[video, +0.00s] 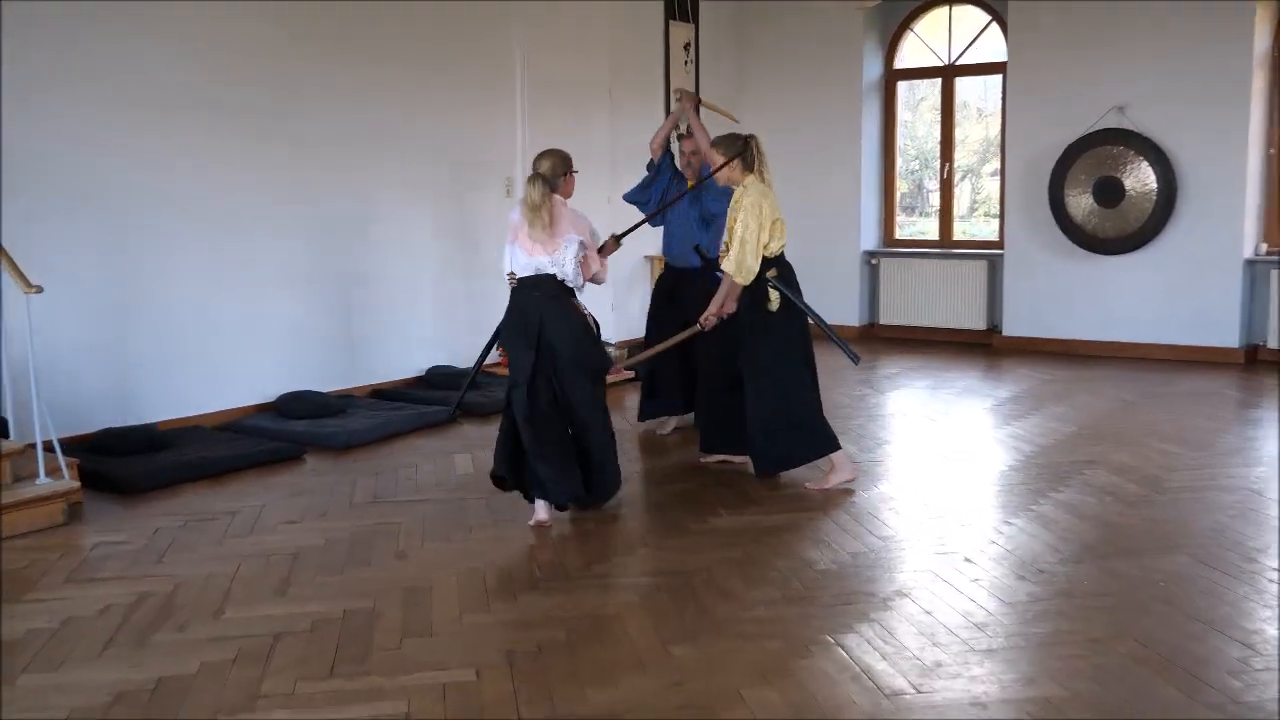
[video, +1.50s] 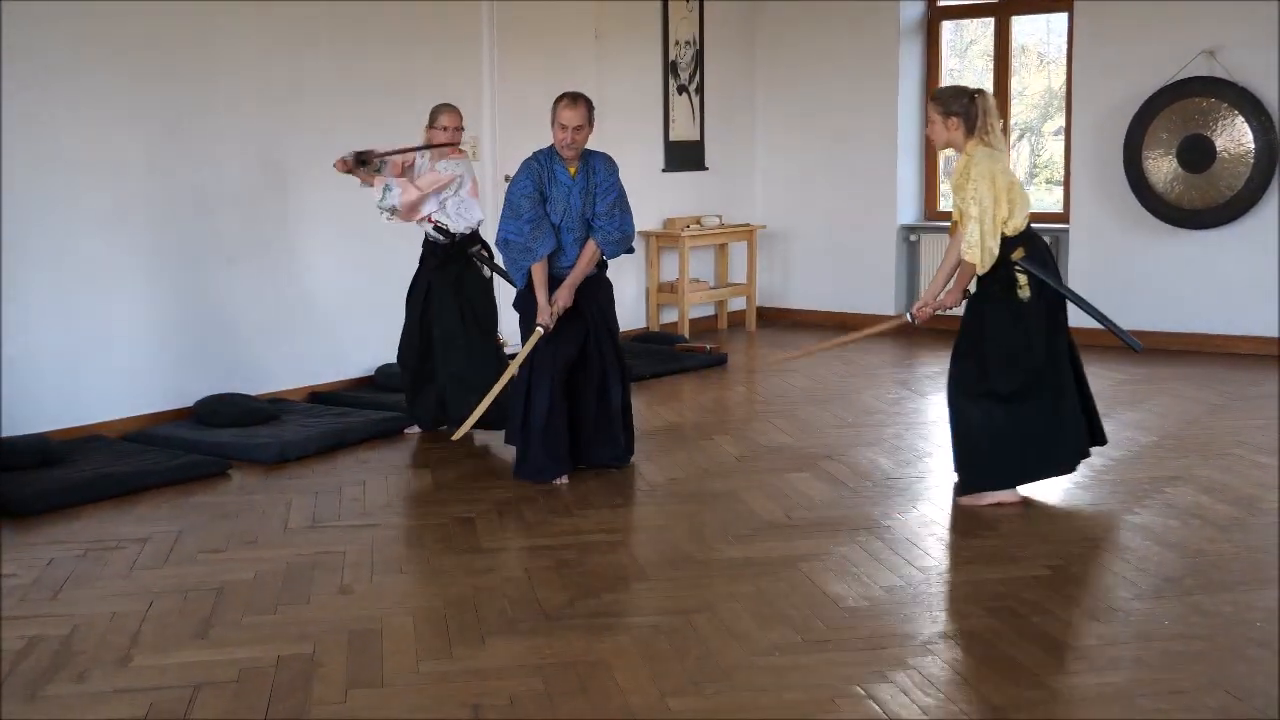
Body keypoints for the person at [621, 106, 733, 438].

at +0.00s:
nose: (688, 159)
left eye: (694, 153)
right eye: (684, 154)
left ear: (707, 156)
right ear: (678, 156)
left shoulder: (717, 189)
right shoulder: (672, 185)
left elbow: (713, 155)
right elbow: (657, 148)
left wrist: (692, 113)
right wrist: (677, 114)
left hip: (709, 279)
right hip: (674, 278)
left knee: (710, 349)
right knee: (666, 342)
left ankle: (714, 419)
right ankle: (674, 409)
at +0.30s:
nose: (664, 139)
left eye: (670, 134)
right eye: (659, 134)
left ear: (686, 138)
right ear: (654, 138)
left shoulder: (696, 172)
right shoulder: (643, 174)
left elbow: (680, 182)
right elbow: (617, 174)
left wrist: (641, 155)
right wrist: (624, 137)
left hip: (683, 273)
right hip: (647, 271)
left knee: (680, 348)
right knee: (646, 347)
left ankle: (675, 430)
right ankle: (655, 427)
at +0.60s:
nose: (632, 122)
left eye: (640, 116)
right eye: (628, 116)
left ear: (658, 121)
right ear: (623, 119)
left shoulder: (672, 164)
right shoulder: (611, 157)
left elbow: (684, 211)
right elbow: (584, 210)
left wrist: (632, 221)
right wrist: (601, 207)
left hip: (653, 270)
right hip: (610, 269)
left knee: (656, 351)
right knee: (601, 349)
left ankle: (660, 434)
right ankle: (587, 436)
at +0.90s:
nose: (611, 127)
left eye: (621, 121)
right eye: (606, 118)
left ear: (634, 127)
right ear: (597, 119)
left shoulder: (639, 176)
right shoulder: (573, 161)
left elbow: (632, 230)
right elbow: (563, 214)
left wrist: (594, 262)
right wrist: (565, 266)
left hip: (614, 278)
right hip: (569, 277)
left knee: (627, 359)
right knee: (563, 366)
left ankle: (638, 447)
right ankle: (560, 458)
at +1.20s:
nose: (583, 130)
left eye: (592, 123)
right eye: (577, 122)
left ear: (605, 125)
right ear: (566, 120)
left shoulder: (614, 166)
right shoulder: (545, 164)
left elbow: (614, 228)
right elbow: (540, 229)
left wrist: (576, 277)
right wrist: (546, 290)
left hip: (596, 277)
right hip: (548, 279)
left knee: (601, 360)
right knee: (550, 367)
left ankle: (598, 449)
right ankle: (552, 459)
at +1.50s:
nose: (568, 136)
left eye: (577, 128)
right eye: (561, 127)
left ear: (590, 129)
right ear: (551, 127)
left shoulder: (602, 167)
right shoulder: (533, 170)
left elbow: (606, 232)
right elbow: (533, 237)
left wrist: (571, 284)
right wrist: (541, 298)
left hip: (591, 280)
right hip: (543, 285)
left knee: (598, 363)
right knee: (548, 369)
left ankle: (597, 450)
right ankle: (550, 462)